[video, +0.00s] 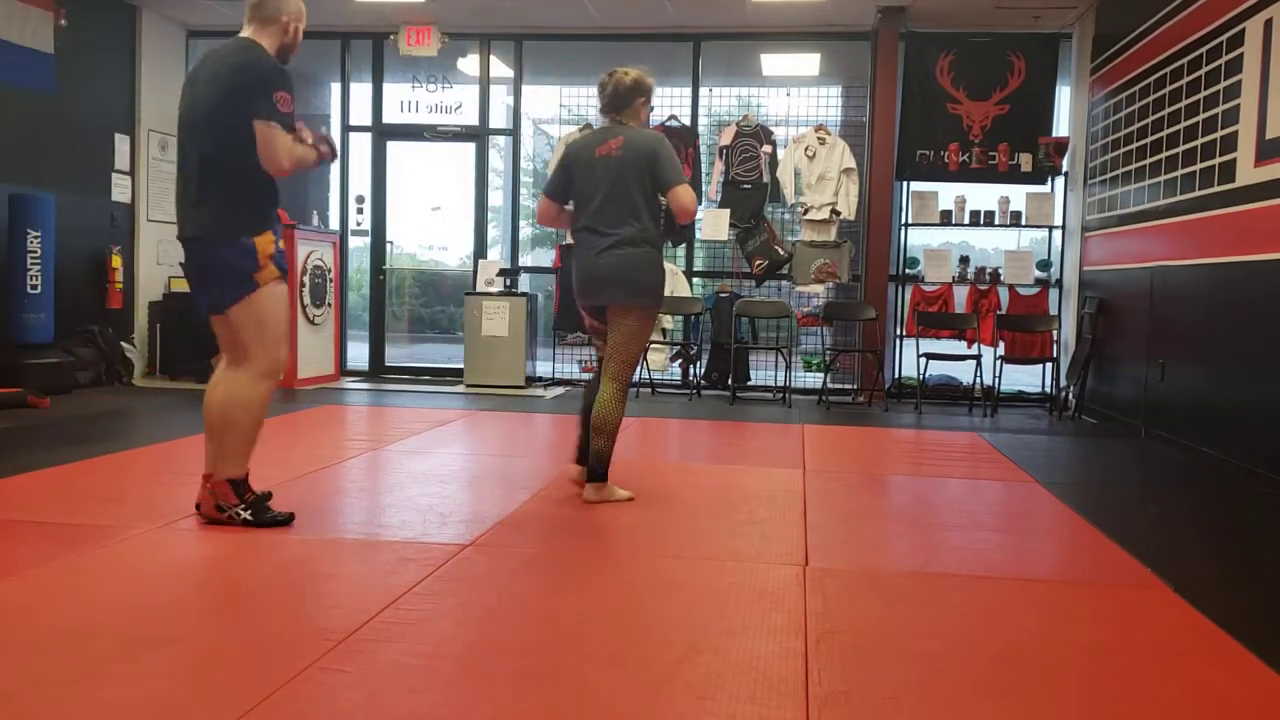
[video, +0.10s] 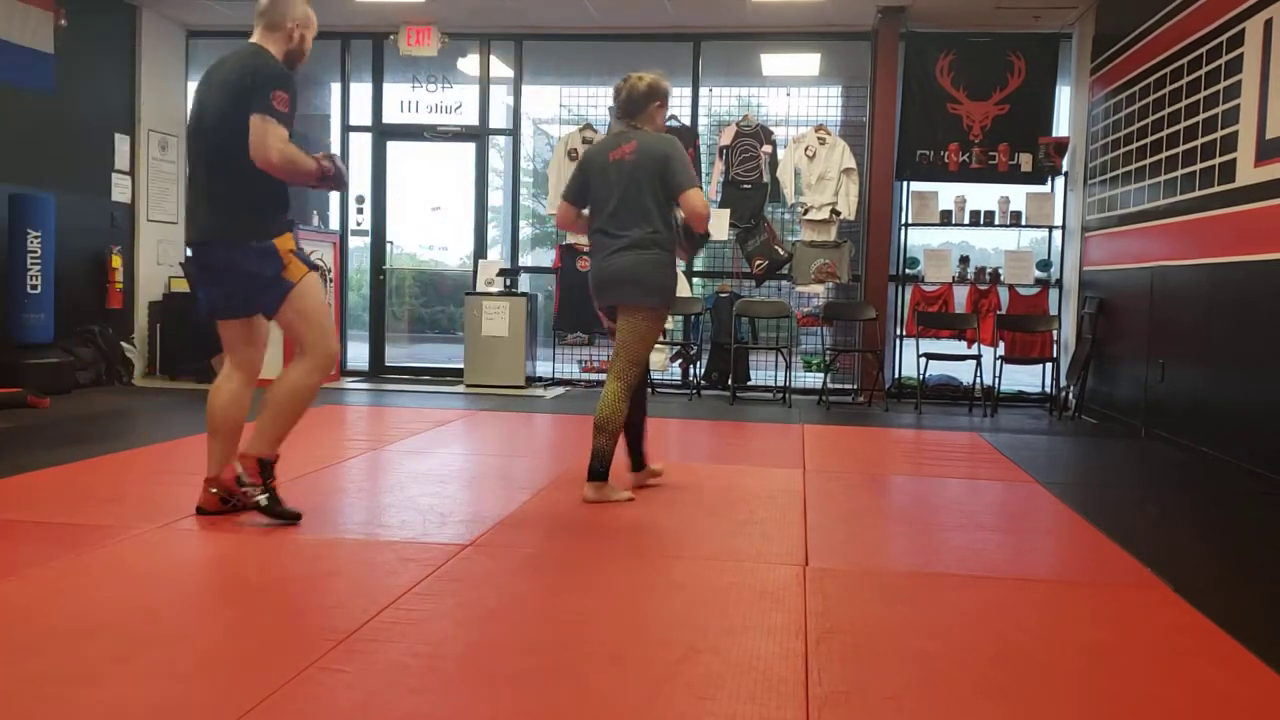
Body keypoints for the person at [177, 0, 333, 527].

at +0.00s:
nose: (299, 43)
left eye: (301, 33)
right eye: (301, 32)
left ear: (249, 17)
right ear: (289, 23)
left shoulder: (209, 65)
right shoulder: (261, 68)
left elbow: (227, 150)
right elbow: (278, 160)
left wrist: (296, 142)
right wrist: (314, 152)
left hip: (203, 234)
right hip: (243, 232)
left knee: (235, 358)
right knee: (264, 362)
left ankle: (217, 486)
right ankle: (229, 491)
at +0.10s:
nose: (308, 52)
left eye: (311, 43)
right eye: (310, 42)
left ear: (261, 25)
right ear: (295, 30)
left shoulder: (218, 72)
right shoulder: (269, 71)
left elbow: (219, 158)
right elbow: (269, 151)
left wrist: (305, 166)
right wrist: (320, 170)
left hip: (210, 241)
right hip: (258, 238)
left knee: (241, 359)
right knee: (320, 351)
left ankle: (217, 486)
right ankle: (253, 468)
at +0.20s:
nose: (326, 46)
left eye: (328, 36)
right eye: (326, 34)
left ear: (282, 18)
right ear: (306, 22)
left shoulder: (233, 66)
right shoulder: (280, 57)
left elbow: (236, 144)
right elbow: (267, 128)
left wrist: (311, 144)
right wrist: (323, 148)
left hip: (224, 231)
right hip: (273, 227)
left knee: (232, 357)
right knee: (331, 345)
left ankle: (217, 483)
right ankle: (302, 472)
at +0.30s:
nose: (340, 48)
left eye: (344, 38)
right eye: (340, 36)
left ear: (298, 23)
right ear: (316, 24)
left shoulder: (256, 66)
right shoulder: (294, 62)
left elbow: (267, 138)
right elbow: (283, 128)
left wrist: (325, 124)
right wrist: (342, 130)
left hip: (241, 232)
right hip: (289, 231)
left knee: (232, 363)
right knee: (325, 362)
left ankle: (216, 485)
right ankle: (357, 482)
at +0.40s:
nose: (357, 54)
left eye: (360, 45)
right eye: (357, 42)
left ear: (314, 29)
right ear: (334, 32)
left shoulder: (273, 72)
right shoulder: (310, 70)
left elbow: (285, 151)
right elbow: (315, 148)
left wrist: (343, 130)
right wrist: (385, 144)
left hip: (257, 240)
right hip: (303, 241)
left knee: (248, 364)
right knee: (339, 366)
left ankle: (217, 484)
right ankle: (369, 488)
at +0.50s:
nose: (381, 51)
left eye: (384, 41)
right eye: (380, 39)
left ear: (339, 27)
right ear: (353, 30)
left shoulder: (286, 72)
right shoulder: (332, 70)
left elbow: (308, 153)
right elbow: (348, 159)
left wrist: (374, 140)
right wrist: (401, 157)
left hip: (282, 241)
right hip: (329, 238)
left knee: (278, 366)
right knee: (364, 367)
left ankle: (224, 476)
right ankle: (372, 489)